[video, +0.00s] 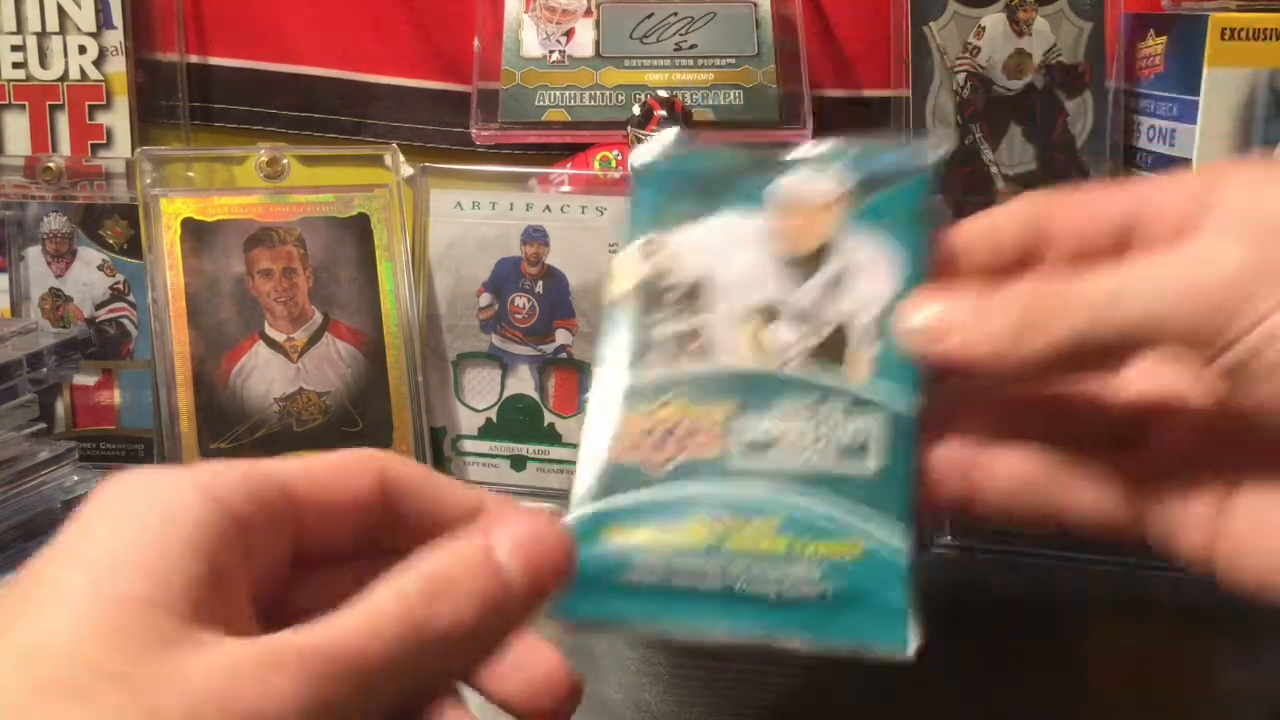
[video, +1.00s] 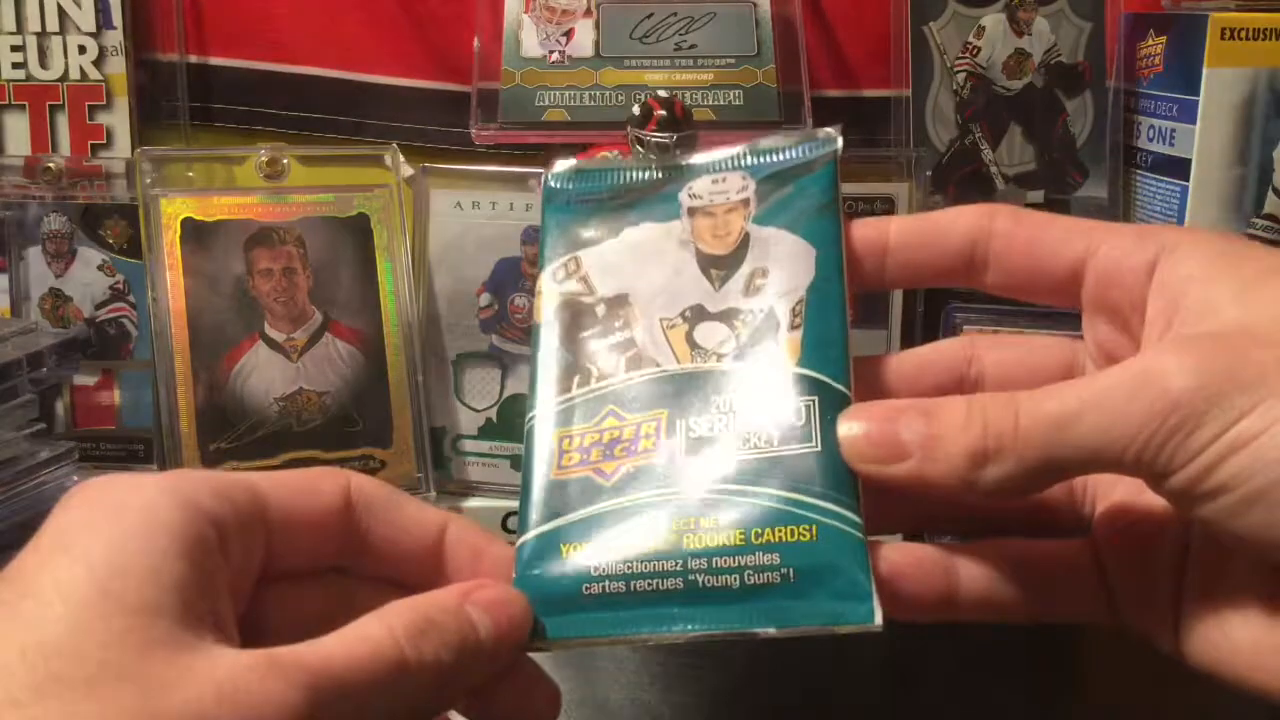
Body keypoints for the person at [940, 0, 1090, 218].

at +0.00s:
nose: (1031, 16)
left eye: (1034, 10)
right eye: (1024, 11)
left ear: (1038, 9)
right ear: (1010, 11)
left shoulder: (1041, 27)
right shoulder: (990, 27)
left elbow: (1054, 66)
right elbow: (965, 66)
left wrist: (1074, 74)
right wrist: (972, 103)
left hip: (1027, 92)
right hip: (992, 95)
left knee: (1055, 122)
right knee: (976, 142)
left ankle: (1067, 180)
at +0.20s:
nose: (1030, 15)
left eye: (1034, 10)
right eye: (1024, 10)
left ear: (1037, 10)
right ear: (1011, 8)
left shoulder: (1041, 27)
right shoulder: (990, 25)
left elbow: (1052, 61)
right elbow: (965, 63)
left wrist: (1069, 75)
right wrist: (971, 98)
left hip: (1026, 92)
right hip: (992, 93)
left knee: (1054, 125)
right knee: (981, 137)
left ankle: (1059, 188)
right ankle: (946, 182)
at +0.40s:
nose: (1030, 16)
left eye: (1034, 10)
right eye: (1024, 10)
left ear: (1037, 10)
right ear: (1010, 10)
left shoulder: (1041, 26)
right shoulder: (991, 26)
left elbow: (1053, 60)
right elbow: (965, 63)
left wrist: (1069, 76)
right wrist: (971, 98)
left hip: (1025, 91)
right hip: (992, 93)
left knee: (1054, 122)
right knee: (982, 136)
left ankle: (1061, 183)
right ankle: (945, 180)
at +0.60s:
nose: (1030, 16)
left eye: (1034, 10)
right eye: (1024, 10)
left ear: (1037, 10)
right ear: (1010, 10)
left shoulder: (1041, 27)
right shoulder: (991, 26)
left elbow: (1052, 63)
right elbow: (965, 63)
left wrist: (1071, 76)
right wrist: (972, 99)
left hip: (1025, 92)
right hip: (992, 93)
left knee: (1054, 121)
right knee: (983, 136)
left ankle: (1063, 175)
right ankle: (944, 177)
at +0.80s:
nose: (1030, 16)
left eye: (1034, 10)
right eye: (1024, 10)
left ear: (1037, 10)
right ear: (1011, 9)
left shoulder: (1041, 26)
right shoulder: (990, 25)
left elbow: (1051, 58)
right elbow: (965, 63)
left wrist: (1067, 75)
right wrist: (971, 97)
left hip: (1023, 92)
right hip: (991, 92)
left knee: (1054, 121)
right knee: (983, 135)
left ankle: (1060, 183)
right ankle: (947, 179)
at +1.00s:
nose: (1030, 16)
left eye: (1034, 10)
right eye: (1024, 10)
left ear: (1037, 10)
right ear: (1011, 8)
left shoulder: (1041, 27)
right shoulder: (991, 25)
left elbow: (1051, 59)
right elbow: (965, 63)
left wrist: (1067, 75)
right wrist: (971, 95)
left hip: (1024, 92)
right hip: (992, 93)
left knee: (1053, 126)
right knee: (980, 140)